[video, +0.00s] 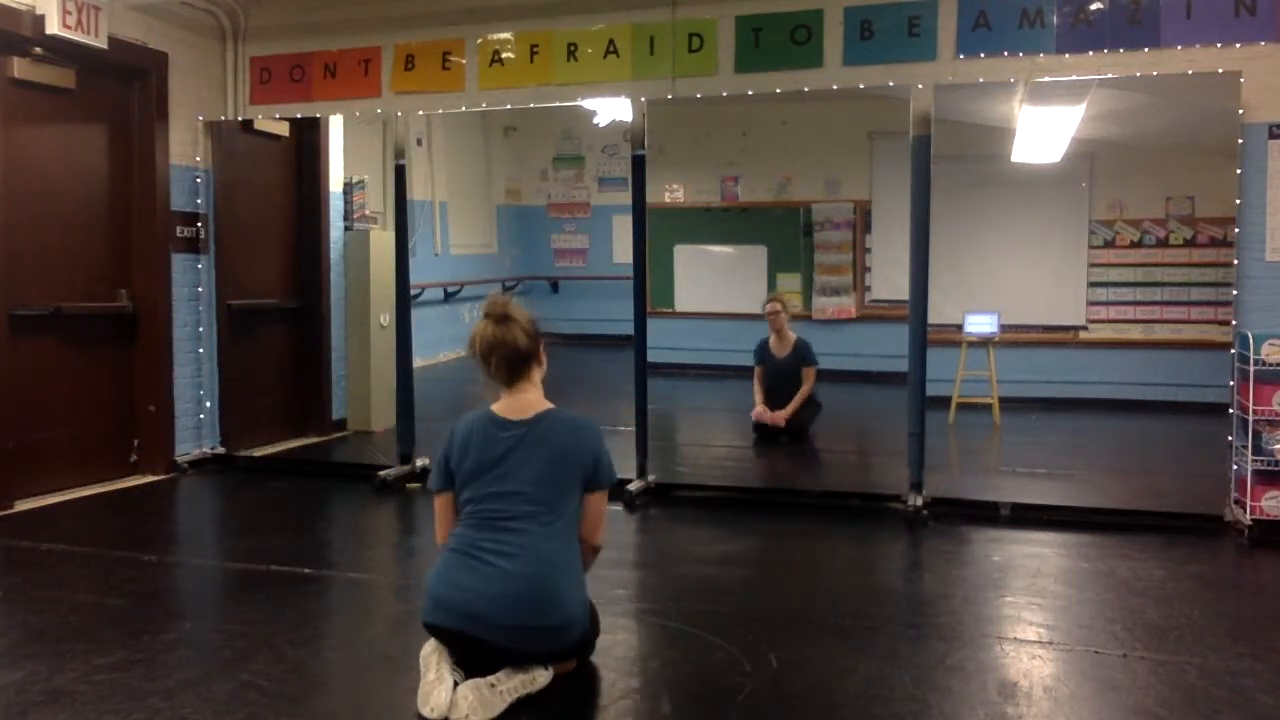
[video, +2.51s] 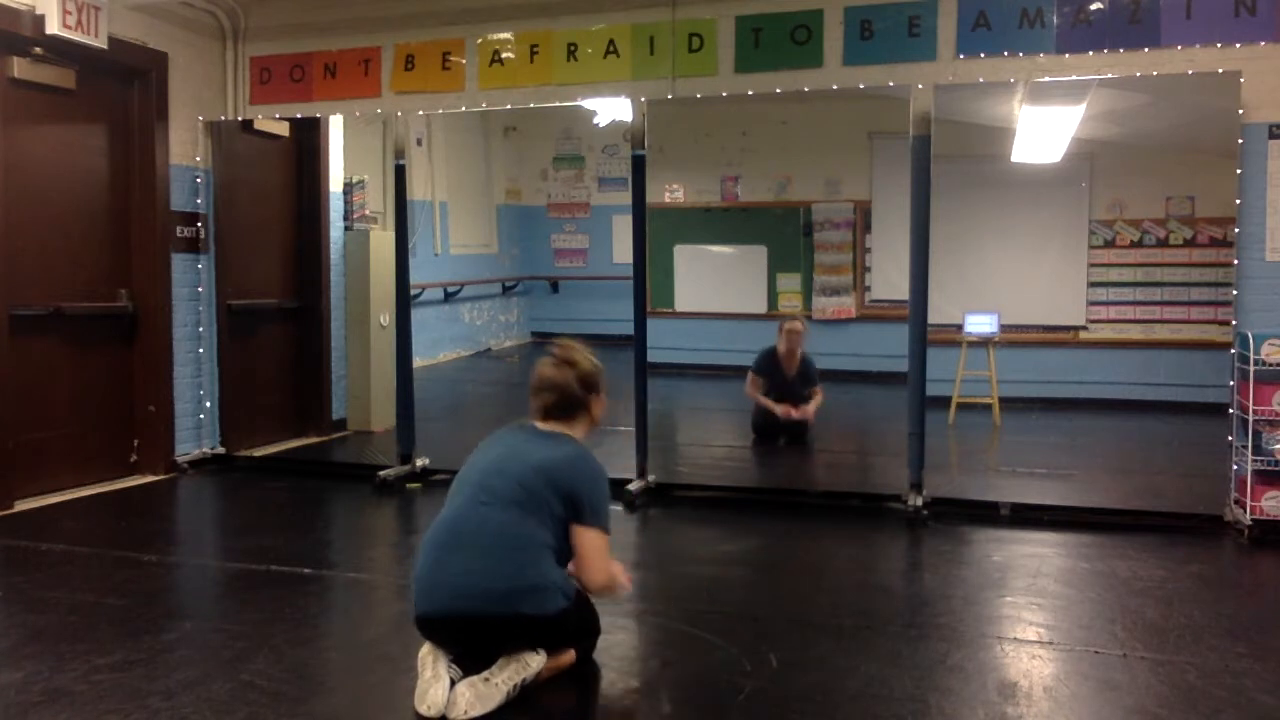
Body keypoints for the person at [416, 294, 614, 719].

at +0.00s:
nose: (545, 354)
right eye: (543, 347)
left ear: (487, 366)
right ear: (541, 356)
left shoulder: (461, 434)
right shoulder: (581, 434)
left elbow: (445, 536)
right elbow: (591, 539)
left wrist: (481, 576)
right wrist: (561, 582)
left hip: (452, 614)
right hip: (547, 617)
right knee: (580, 638)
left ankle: (445, 672)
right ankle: (511, 686)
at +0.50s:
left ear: (477, 476)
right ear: (519, 465)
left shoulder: (477, 501)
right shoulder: (567, 489)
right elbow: (577, 553)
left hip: (453, 583)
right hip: (547, 583)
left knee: (492, 652)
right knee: (578, 646)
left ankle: (450, 657)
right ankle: (535, 663)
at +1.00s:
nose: (542, 392)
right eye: (538, 385)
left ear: (480, 403)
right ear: (535, 395)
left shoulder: (462, 450)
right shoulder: (562, 443)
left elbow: (461, 508)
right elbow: (564, 515)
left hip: (449, 595)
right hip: (539, 588)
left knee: (487, 650)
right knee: (579, 639)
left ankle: (444, 658)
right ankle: (528, 667)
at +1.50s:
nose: (567, 392)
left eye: (567, 383)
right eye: (566, 384)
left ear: (503, 380)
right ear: (552, 387)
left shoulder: (446, 439)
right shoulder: (557, 449)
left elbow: (408, 536)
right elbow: (559, 549)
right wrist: (559, 572)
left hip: (427, 629)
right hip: (511, 631)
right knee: (582, 621)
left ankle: (439, 672)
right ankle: (498, 686)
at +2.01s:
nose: (633, 497)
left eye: (637, 490)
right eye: (638, 488)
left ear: (584, 454)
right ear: (628, 477)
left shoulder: (521, 468)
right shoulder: (590, 495)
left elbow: (618, 549)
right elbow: (649, 565)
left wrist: (669, 575)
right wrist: (697, 592)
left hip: (432, 587)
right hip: (516, 584)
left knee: (491, 648)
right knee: (580, 632)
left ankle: (443, 660)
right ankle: (527, 664)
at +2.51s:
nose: (604, 405)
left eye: (602, 395)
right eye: (602, 396)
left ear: (537, 398)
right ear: (593, 404)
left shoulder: (496, 443)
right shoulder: (580, 464)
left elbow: (502, 537)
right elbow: (594, 577)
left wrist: (573, 565)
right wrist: (613, 576)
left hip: (437, 597)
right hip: (520, 598)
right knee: (582, 632)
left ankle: (442, 663)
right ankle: (512, 676)